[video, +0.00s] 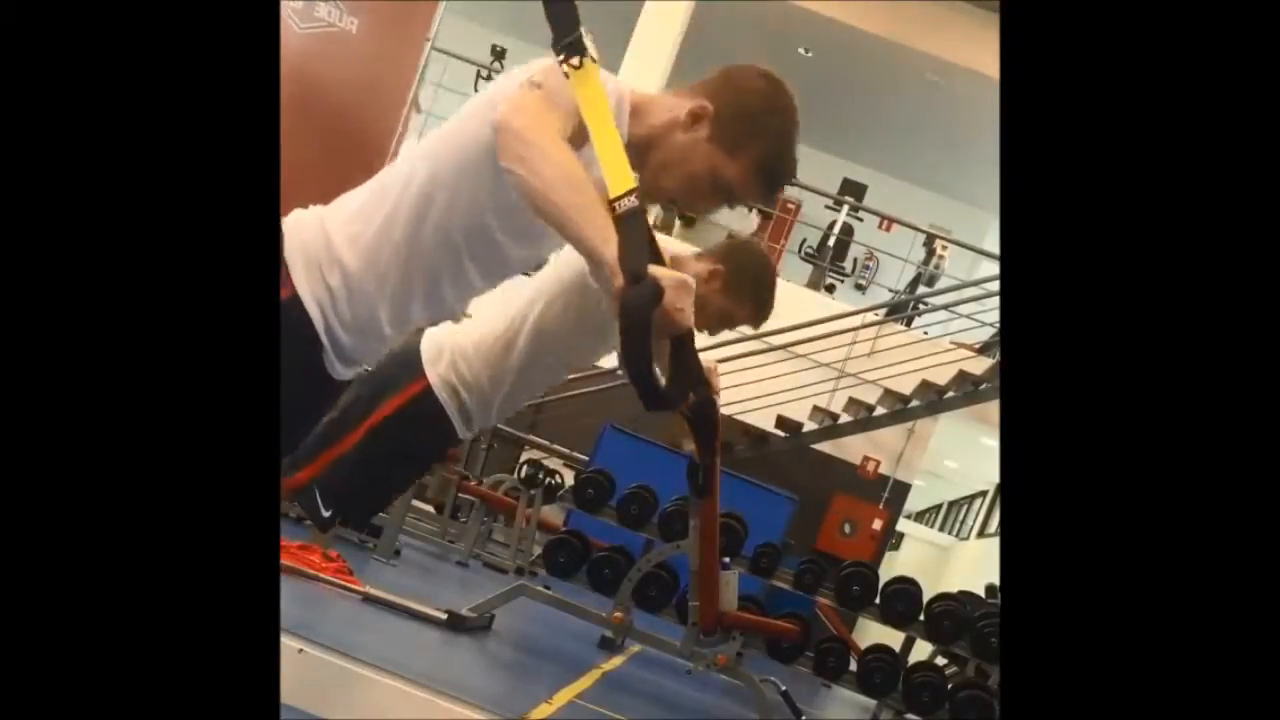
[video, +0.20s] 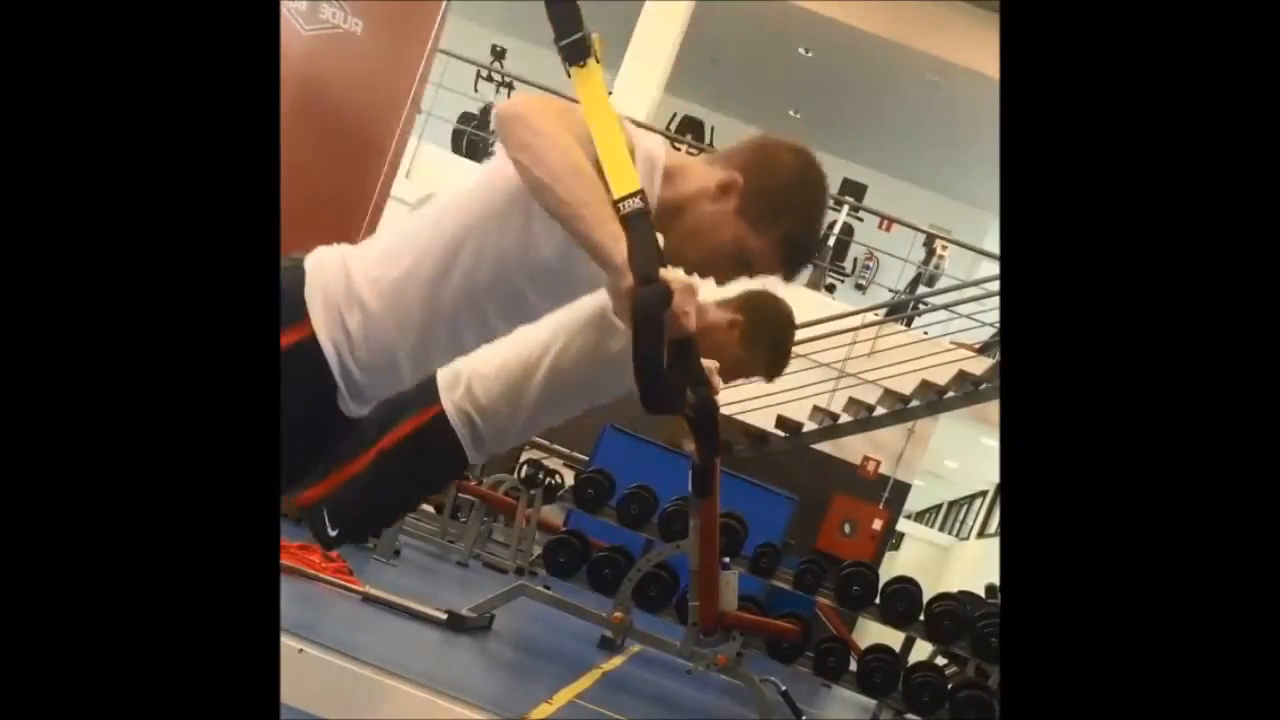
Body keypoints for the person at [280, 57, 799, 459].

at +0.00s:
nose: (704, 208)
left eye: (722, 203)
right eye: (718, 189)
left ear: (696, 120)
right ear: (697, 121)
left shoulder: (615, 174)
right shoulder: (582, 84)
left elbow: (634, 266)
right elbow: (522, 141)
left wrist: (683, 352)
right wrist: (628, 271)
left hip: (341, 357)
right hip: (297, 298)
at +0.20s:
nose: (723, 277)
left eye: (744, 273)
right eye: (740, 259)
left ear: (726, 186)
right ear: (728, 190)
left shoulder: (652, 238)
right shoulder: (630, 149)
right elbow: (521, 117)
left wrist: (673, 356)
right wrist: (636, 271)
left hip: (355, 397)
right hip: (311, 333)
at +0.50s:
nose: (746, 373)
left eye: (765, 372)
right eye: (764, 358)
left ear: (762, 293)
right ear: (763, 295)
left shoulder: (676, 325)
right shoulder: (659, 235)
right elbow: (537, 119)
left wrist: (679, 393)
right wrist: (641, 269)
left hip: (370, 450)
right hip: (330, 392)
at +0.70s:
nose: (757, 475)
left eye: (778, 471)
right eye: (777, 456)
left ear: (778, 366)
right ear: (779, 371)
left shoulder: (702, 410)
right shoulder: (667, 283)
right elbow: (536, 145)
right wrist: (630, 283)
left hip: (367, 491)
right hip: (335, 436)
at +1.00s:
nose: (760, 505)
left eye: (781, 504)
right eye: (779, 487)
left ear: (780, 407)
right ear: (779, 412)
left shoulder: (711, 440)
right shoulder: (683, 343)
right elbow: (547, 168)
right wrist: (638, 295)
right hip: (347, 470)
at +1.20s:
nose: (762, 506)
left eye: (785, 503)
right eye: (782, 486)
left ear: (780, 408)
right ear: (781, 412)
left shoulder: (710, 440)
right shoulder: (678, 335)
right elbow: (549, 173)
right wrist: (641, 299)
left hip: (381, 513)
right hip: (350, 460)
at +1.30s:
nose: (766, 486)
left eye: (788, 480)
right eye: (788, 463)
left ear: (781, 378)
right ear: (782, 384)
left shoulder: (710, 422)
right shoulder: (673, 307)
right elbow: (542, 160)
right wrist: (646, 291)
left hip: (377, 496)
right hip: (342, 442)